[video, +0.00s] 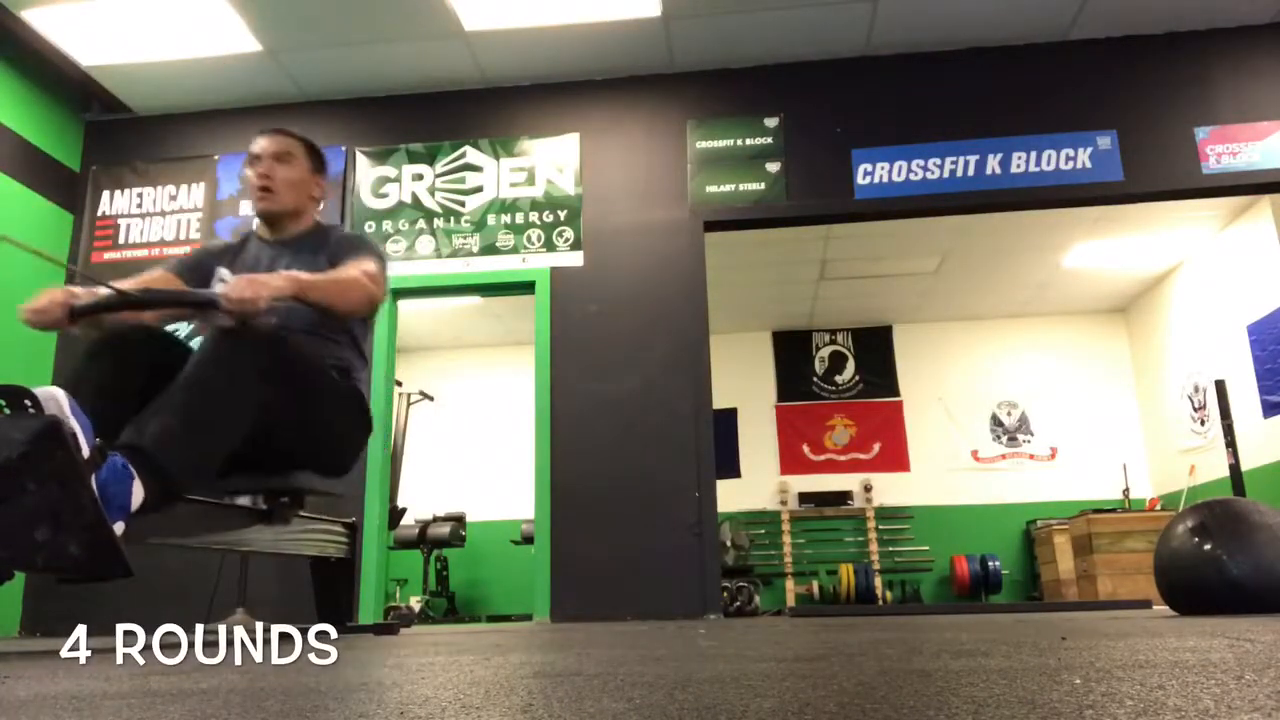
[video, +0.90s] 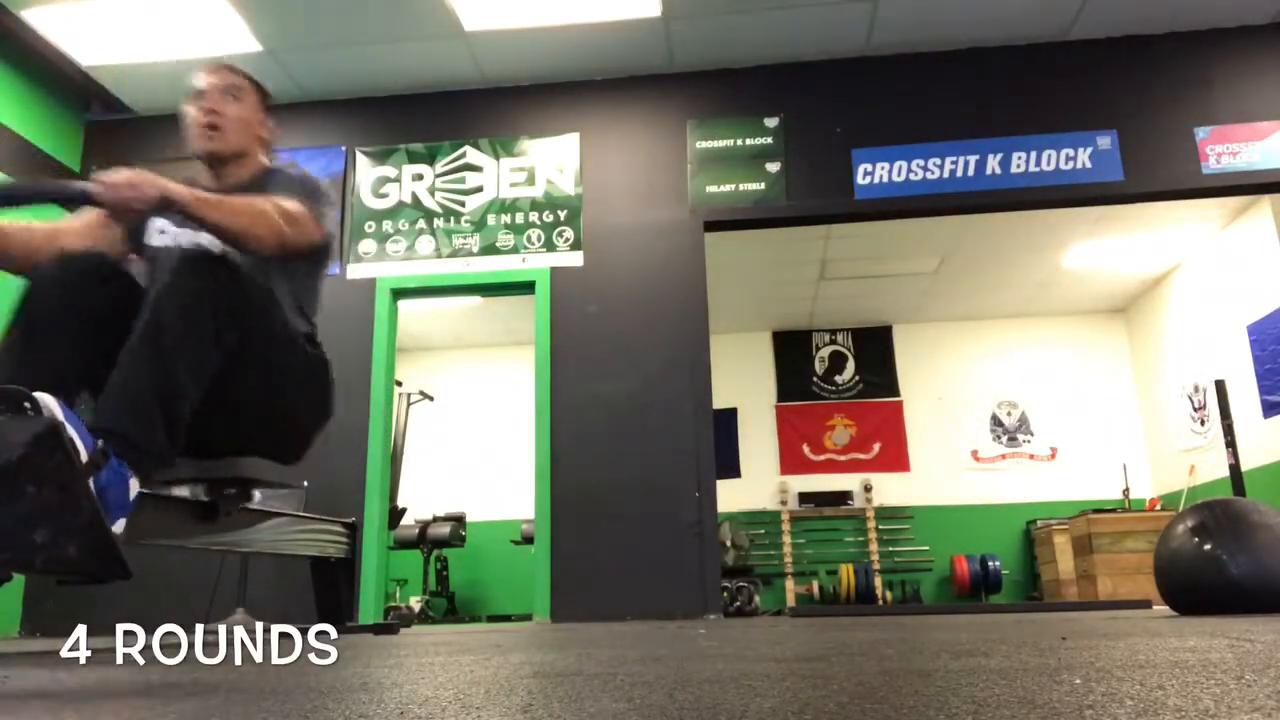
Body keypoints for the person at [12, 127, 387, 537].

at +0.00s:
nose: (261, 172)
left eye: (281, 161)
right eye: (254, 162)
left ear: (318, 188)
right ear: (244, 179)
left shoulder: (346, 246)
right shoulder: (227, 257)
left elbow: (366, 292)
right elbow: (146, 295)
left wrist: (282, 284)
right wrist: (79, 300)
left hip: (325, 420)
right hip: (229, 418)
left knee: (244, 343)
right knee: (129, 341)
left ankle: (124, 486)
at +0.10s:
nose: (234, 151)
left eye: (255, 140)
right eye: (227, 141)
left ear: (294, 168)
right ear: (216, 161)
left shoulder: (323, 229)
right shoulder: (199, 240)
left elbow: (344, 278)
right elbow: (119, 272)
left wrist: (255, 273)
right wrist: (33, 286)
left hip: (304, 421)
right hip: (205, 421)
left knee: (242, 315)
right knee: (111, 309)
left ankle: (122, 478)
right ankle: (31, 452)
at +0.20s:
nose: (200, 130)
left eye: (223, 117)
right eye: (191, 119)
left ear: (265, 144)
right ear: (181, 138)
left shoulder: (301, 206)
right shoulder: (165, 220)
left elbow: (320, 259)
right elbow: (73, 256)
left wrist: (215, 257)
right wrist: (12, 267)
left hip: (282, 412)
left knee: (230, 290)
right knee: (85, 286)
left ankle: (125, 468)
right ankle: (18, 443)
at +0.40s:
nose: (130, 86)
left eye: (156, 72)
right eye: (121, 75)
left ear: (205, 100)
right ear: (109, 96)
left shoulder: (247, 166)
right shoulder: (89, 177)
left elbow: (257, 209)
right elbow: (9, 198)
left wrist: (111, 200)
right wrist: (34, 210)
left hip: (244, 397)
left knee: (202, 231)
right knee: (14, 240)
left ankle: (125, 451)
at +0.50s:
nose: (106, 69)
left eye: (133, 55)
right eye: (95, 59)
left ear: (183, 86)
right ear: (85, 84)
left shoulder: (231, 149)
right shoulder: (71, 163)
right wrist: (14, 171)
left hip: (233, 391)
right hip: (106, 379)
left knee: (184, 221)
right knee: (23, 216)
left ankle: (124, 444)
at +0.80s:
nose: (162, 83)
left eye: (187, 71)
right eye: (154, 74)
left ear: (229, 102)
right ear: (141, 99)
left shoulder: (267, 168)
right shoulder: (113, 182)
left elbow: (242, 209)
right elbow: (13, 214)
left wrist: (118, 169)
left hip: (246, 393)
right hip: (128, 385)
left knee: (187, 233)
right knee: (49, 247)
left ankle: (119, 454)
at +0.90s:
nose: (208, 106)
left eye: (231, 96)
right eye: (198, 98)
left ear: (266, 127)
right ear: (185, 125)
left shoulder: (296, 190)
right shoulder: (155, 204)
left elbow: (284, 231)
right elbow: (65, 241)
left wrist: (169, 193)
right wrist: (1, 232)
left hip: (274, 401)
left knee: (203, 275)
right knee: (75, 273)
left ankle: (116, 466)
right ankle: (16, 443)